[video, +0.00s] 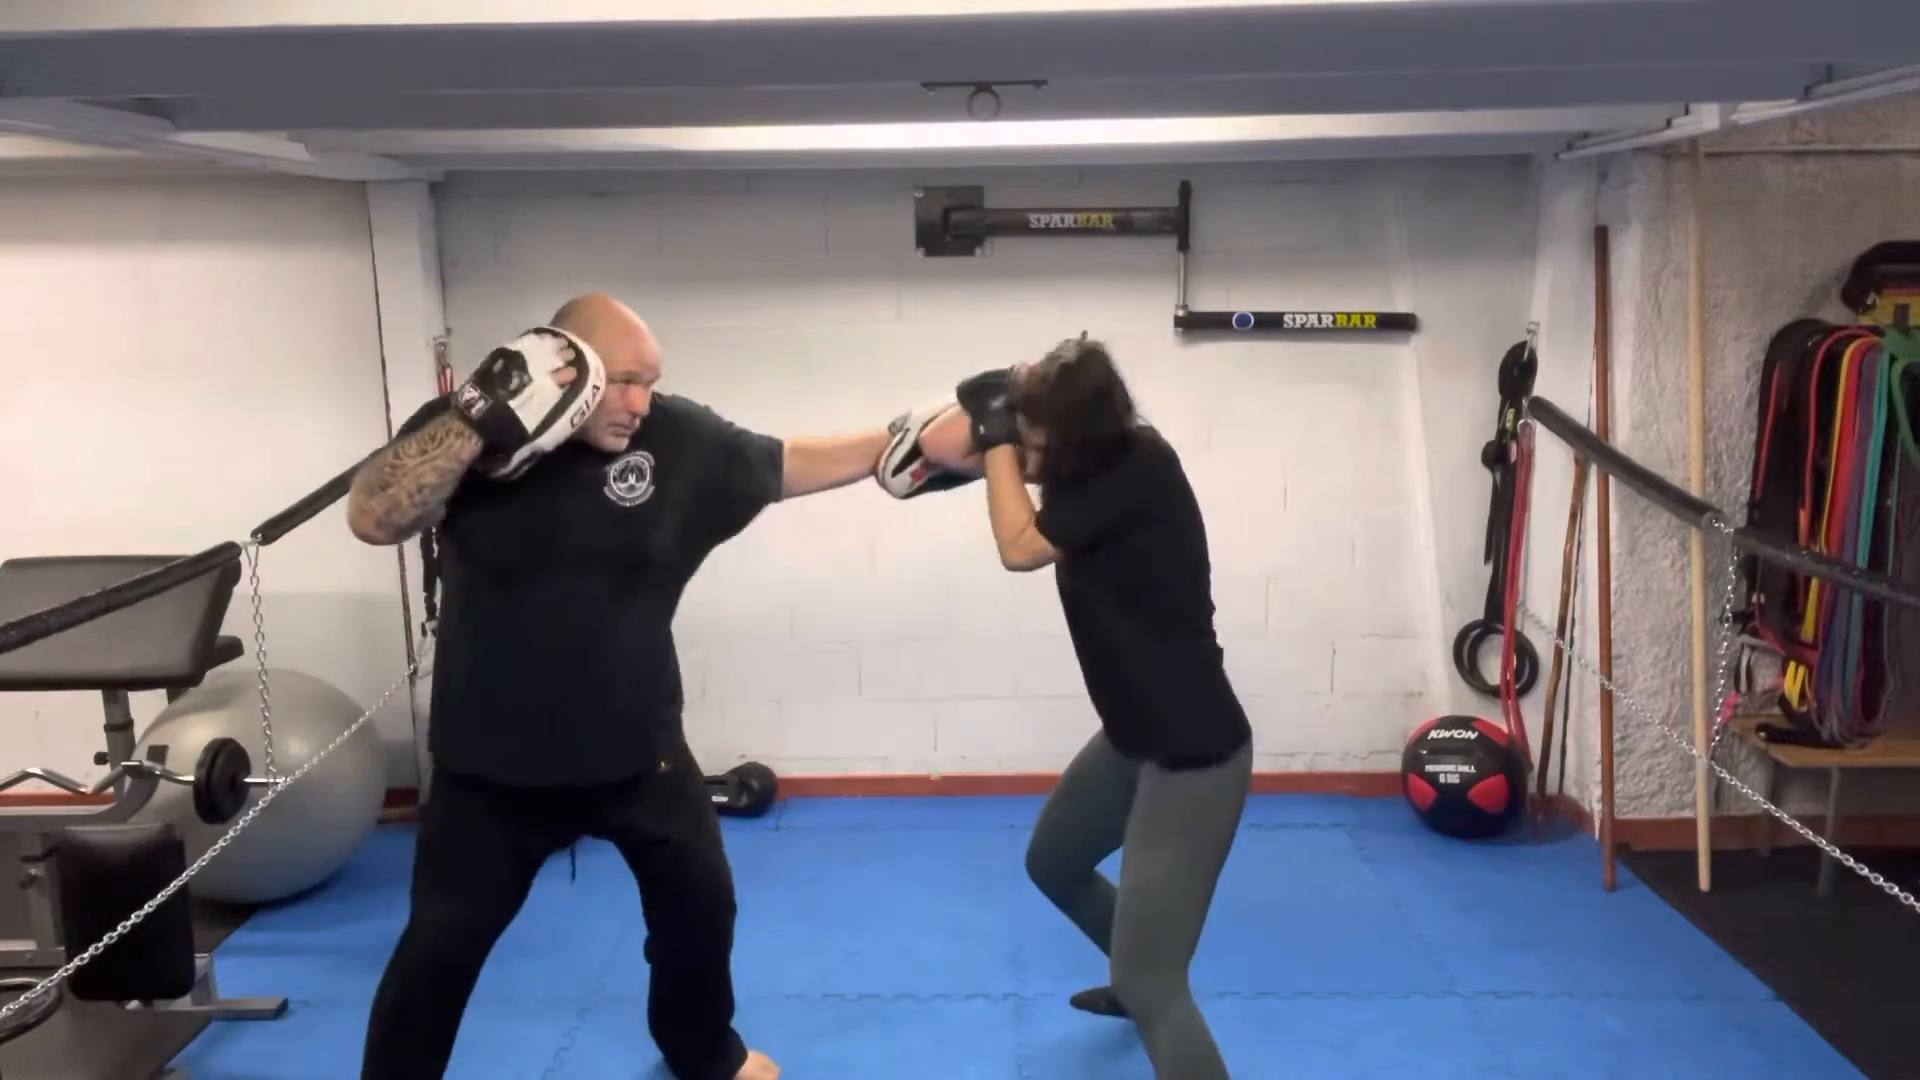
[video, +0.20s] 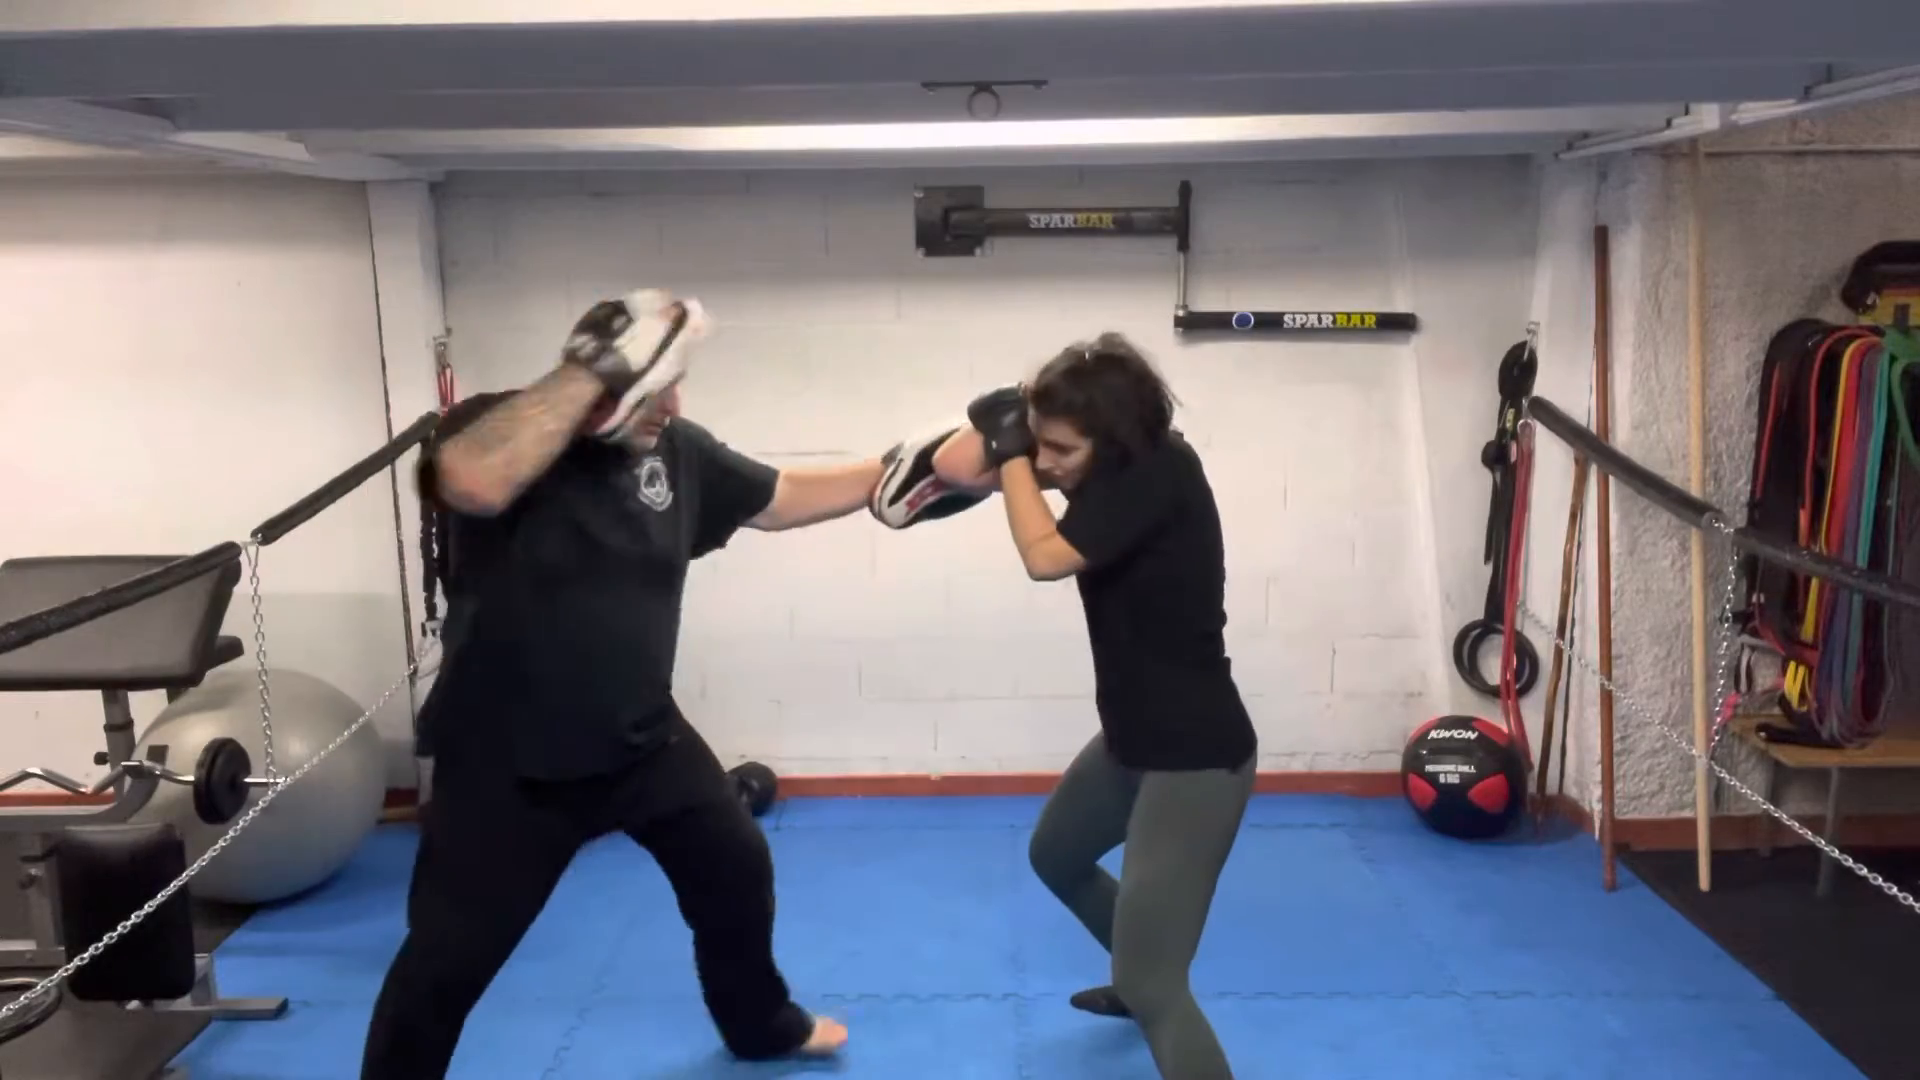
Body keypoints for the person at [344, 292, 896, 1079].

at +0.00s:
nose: (641, 402)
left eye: (648, 381)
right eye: (625, 382)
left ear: (652, 376)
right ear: (564, 374)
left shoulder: (680, 441)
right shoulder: (470, 435)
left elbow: (792, 464)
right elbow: (371, 515)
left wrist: (918, 440)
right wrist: (478, 414)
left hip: (637, 755)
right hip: (491, 763)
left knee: (700, 902)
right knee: (438, 950)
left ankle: (702, 1051)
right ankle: (393, 1073)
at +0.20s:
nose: (671, 399)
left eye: (677, 380)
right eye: (652, 380)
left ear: (681, 383)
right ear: (600, 379)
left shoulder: (683, 454)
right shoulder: (497, 425)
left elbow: (778, 497)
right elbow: (472, 481)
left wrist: (899, 472)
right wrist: (591, 374)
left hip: (640, 740)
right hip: (503, 760)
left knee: (735, 868)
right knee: (441, 967)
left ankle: (758, 1024)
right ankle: (393, 1071)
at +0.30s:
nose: (702, 388)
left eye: (709, 376)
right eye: (686, 366)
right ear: (629, 367)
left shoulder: (697, 467)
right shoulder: (553, 427)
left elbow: (788, 511)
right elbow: (664, 433)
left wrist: (905, 481)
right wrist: (750, 333)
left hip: (647, 738)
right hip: (530, 746)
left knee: (734, 866)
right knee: (457, 960)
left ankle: (792, 1023)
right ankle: (394, 1070)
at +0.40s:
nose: (756, 402)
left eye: (758, 388)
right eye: (742, 386)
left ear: (683, 371)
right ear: (678, 373)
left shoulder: (716, 470)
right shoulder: (636, 427)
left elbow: (795, 525)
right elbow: (811, 402)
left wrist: (909, 485)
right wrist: (905, 328)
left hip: (678, 731)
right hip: (578, 733)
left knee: (755, 845)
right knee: (492, 942)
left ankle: (792, 1020)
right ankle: (403, 1074)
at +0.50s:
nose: (797, 387)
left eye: (797, 373)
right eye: (784, 369)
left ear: (722, 364)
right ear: (726, 359)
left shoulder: (715, 450)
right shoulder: (707, 415)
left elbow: (804, 533)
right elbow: (904, 413)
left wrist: (909, 499)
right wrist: (997, 375)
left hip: (708, 718)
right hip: (628, 722)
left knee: (775, 842)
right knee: (560, 919)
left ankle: (795, 1019)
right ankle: (416, 1073)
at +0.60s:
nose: (823, 380)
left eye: (824, 364)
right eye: (812, 361)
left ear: (740, 350)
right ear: (758, 349)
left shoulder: (721, 420)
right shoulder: (738, 402)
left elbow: (796, 529)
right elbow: (905, 440)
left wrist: (913, 512)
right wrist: (1018, 421)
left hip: (727, 697)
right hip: (669, 697)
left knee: (788, 837)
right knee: (675, 904)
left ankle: (797, 1018)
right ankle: (478, 1058)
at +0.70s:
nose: (823, 370)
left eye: (825, 354)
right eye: (814, 350)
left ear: (746, 337)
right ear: (758, 333)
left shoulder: (712, 399)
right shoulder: (745, 392)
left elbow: (794, 518)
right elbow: (898, 452)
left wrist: (898, 495)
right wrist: (979, 432)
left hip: (718, 664)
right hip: (715, 669)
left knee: (800, 847)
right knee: (807, 857)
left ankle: (798, 1021)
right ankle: (607, 982)